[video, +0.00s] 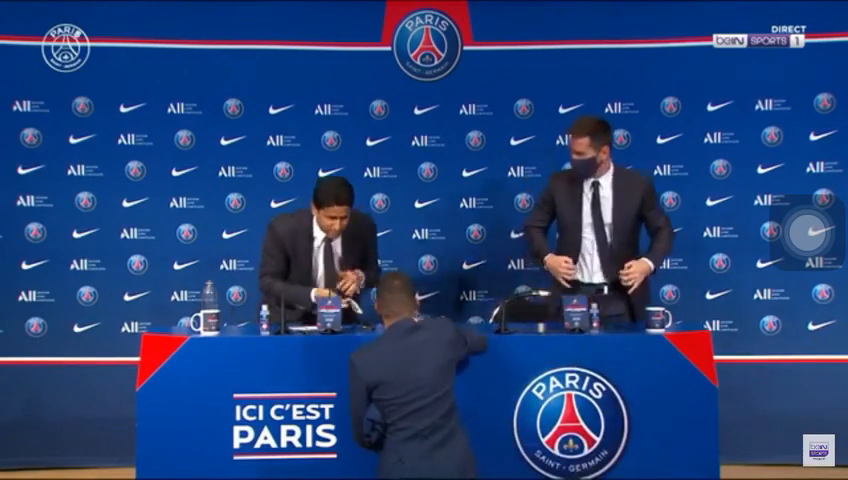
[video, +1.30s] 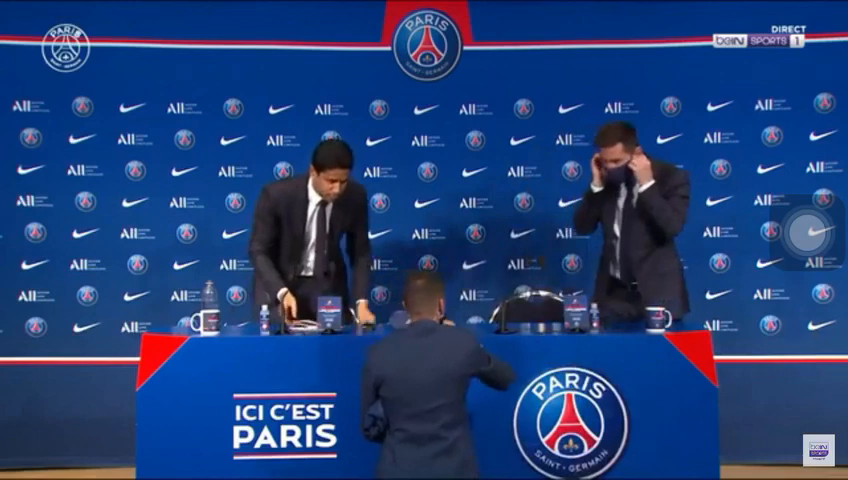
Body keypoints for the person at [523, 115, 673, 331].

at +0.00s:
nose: (574, 161)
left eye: (581, 156)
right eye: (572, 154)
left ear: (604, 153)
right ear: (570, 148)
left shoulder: (637, 185)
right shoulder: (560, 184)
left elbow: (663, 231)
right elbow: (534, 227)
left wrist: (647, 263)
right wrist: (547, 258)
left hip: (618, 298)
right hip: (571, 297)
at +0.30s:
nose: (571, 158)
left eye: (578, 152)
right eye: (569, 151)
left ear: (601, 150)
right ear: (567, 146)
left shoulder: (637, 180)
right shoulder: (560, 182)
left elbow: (666, 229)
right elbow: (539, 229)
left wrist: (639, 249)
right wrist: (554, 256)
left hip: (625, 295)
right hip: (578, 295)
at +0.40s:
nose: (570, 160)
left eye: (577, 155)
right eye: (568, 154)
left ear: (600, 151)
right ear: (566, 148)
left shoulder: (636, 177)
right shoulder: (560, 183)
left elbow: (662, 228)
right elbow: (540, 230)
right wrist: (556, 257)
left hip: (628, 294)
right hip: (581, 295)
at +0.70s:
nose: (573, 163)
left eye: (579, 157)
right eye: (570, 156)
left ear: (601, 151)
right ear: (566, 152)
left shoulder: (633, 174)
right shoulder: (558, 182)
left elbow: (659, 223)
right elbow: (538, 231)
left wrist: (623, 200)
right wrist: (557, 241)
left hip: (626, 290)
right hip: (580, 291)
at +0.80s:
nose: (580, 168)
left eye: (586, 162)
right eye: (576, 162)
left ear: (606, 154)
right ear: (571, 156)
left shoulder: (634, 173)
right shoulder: (564, 180)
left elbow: (659, 224)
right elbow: (543, 235)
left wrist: (624, 187)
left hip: (625, 290)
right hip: (580, 289)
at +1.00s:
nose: (592, 169)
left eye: (599, 163)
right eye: (588, 163)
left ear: (618, 154)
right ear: (583, 158)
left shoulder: (650, 174)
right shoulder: (585, 180)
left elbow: (659, 226)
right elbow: (559, 230)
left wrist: (631, 186)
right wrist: (575, 191)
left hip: (637, 291)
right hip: (594, 291)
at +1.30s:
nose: (609, 168)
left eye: (615, 162)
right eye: (604, 162)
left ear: (636, 153)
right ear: (599, 158)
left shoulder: (671, 177)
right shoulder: (607, 180)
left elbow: (672, 226)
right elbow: (583, 227)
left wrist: (646, 183)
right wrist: (596, 184)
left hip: (655, 292)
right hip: (614, 292)